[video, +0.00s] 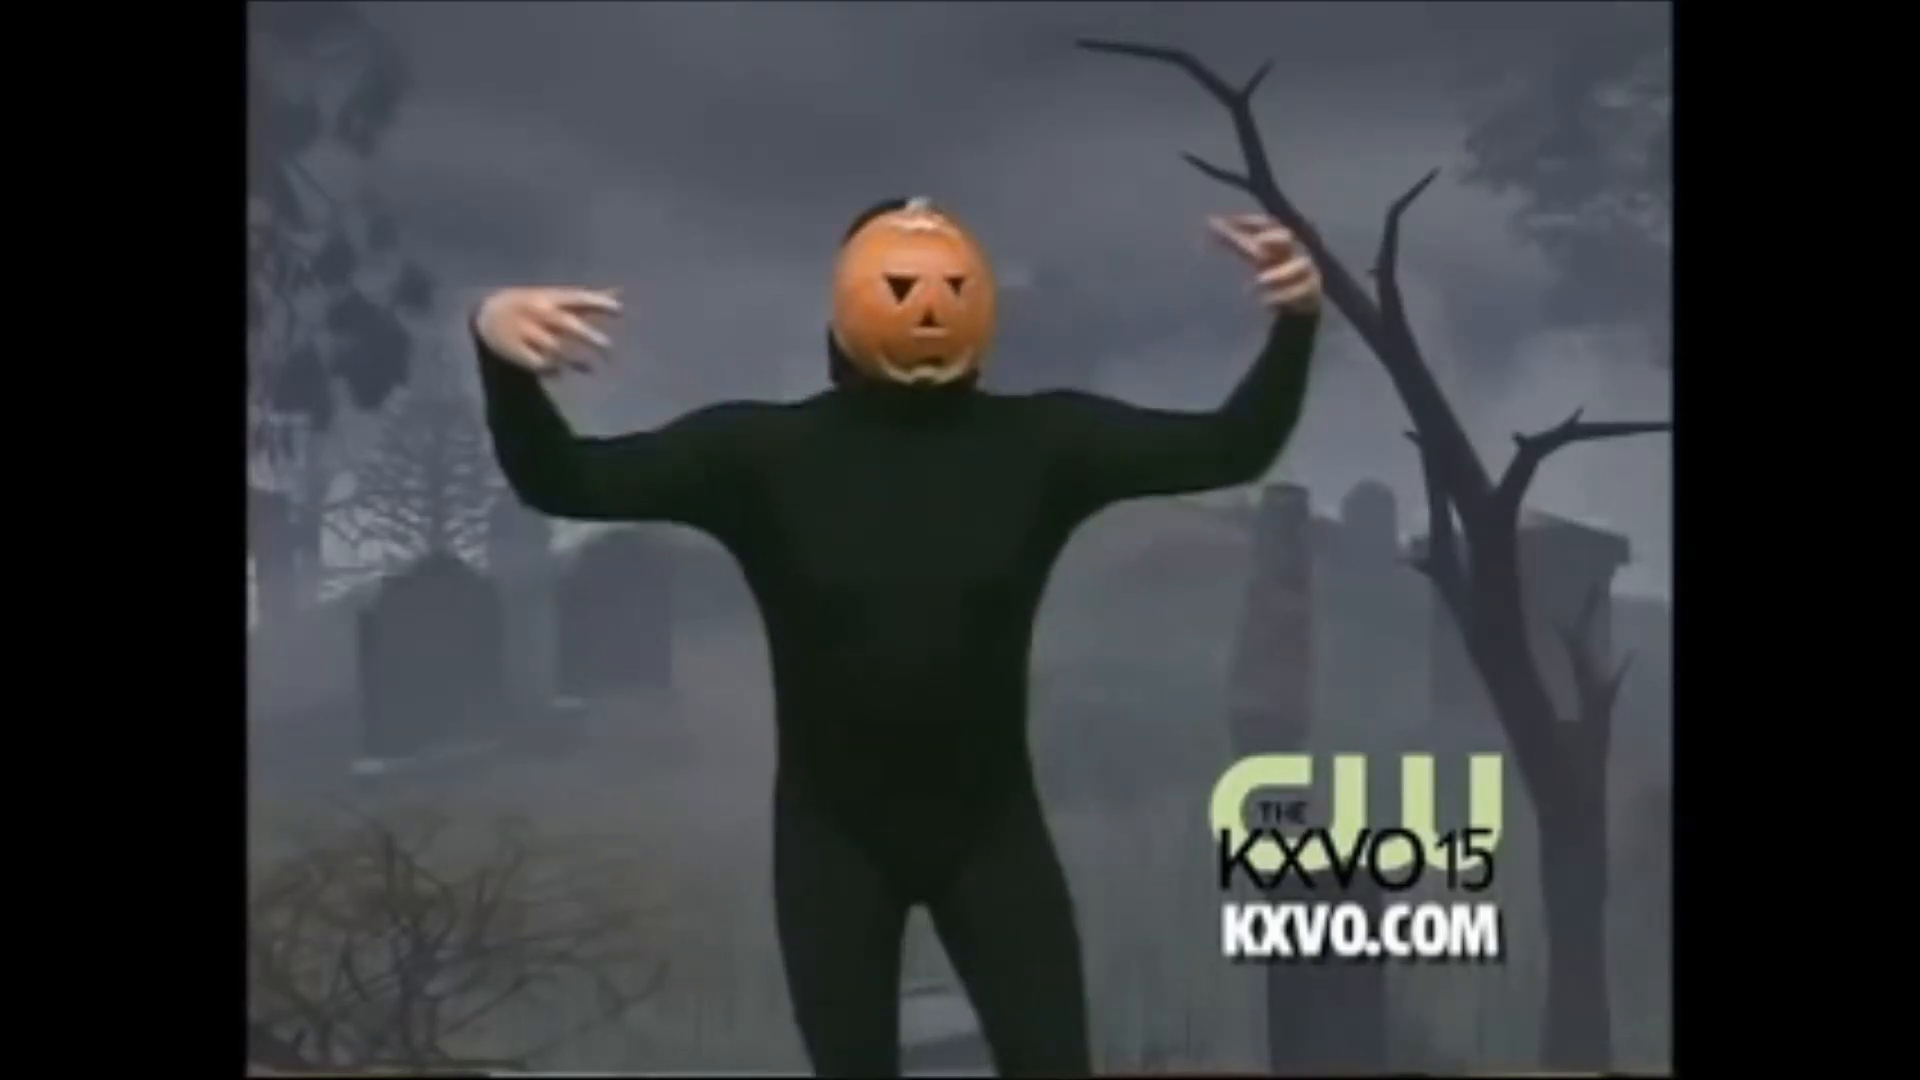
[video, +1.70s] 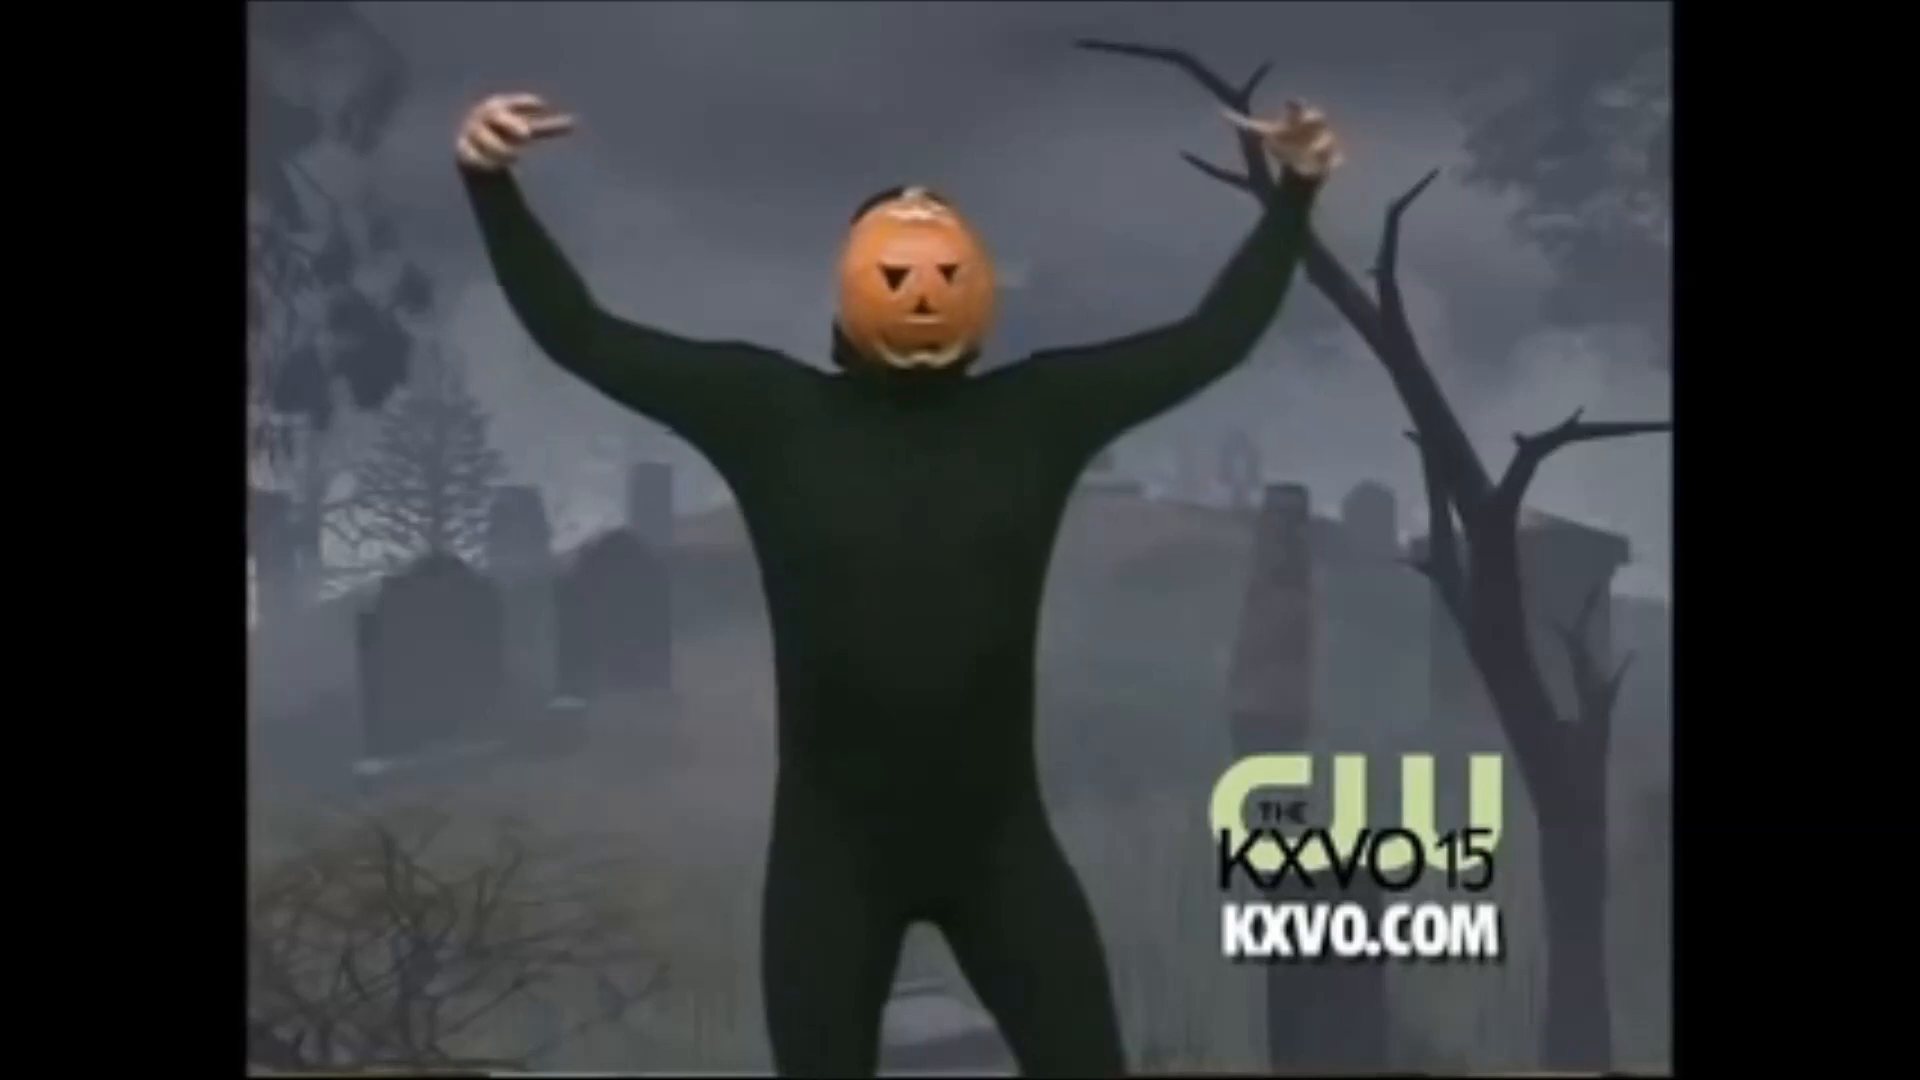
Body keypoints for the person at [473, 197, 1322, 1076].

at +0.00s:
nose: (926, 297)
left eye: (951, 281)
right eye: (893, 279)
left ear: (989, 316)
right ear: (838, 316)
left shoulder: (1050, 440)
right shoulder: (755, 450)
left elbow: (1236, 444)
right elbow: (560, 480)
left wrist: (1297, 319)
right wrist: (500, 356)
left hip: (993, 829)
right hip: (830, 839)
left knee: (1053, 1063)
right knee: (853, 1070)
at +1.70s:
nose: (922, 282)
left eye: (947, 267)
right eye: (891, 265)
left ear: (988, 300)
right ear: (841, 302)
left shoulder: (1043, 412)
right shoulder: (762, 410)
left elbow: (1217, 335)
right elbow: (576, 332)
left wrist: (1288, 199)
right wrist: (489, 180)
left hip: (1000, 838)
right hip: (830, 845)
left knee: (1086, 1065)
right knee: (820, 1067)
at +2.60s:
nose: (930, 288)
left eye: (954, 272)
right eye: (899, 271)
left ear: (992, 303)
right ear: (846, 306)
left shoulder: (1034, 402)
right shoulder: (779, 401)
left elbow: (1167, 254)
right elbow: (641, 252)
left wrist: (1195, 63)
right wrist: (609, 44)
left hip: (999, 837)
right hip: (831, 843)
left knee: (1089, 1065)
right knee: (818, 1067)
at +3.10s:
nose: (938, 313)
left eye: (963, 297)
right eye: (904, 294)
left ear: (1000, 335)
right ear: (854, 337)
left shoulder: (1035, 432)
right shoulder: (795, 433)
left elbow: (1152, 270)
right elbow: (683, 285)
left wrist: (1073, 89)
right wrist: (770, 81)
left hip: (997, 847)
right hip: (831, 852)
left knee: (1091, 1066)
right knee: (817, 1067)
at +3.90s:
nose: (943, 346)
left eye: (967, 328)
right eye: (911, 328)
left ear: (1002, 358)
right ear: (858, 358)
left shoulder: (1049, 465)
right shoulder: (783, 471)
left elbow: (1221, 372)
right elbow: (610, 396)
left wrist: (1169, 230)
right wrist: (683, 229)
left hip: (998, 861)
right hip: (835, 868)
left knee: (1083, 1065)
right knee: (825, 1068)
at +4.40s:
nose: (939, 353)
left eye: (965, 331)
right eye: (905, 332)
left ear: (1001, 362)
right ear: (853, 366)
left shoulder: (1057, 481)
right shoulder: (775, 487)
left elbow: (1241, 465)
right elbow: (578, 495)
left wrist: (1280, 311)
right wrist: (557, 321)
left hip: (995, 865)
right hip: (831, 871)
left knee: (1078, 1066)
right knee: (824, 1067)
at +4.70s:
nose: (930, 349)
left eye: (956, 331)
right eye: (899, 332)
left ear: (992, 364)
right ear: (848, 368)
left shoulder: (1047, 494)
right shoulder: (777, 503)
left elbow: (1232, 524)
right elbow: (585, 584)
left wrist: (1344, 385)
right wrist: (472, 431)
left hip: (989, 866)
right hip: (825, 873)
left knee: (1067, 1064)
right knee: (822, 1070)